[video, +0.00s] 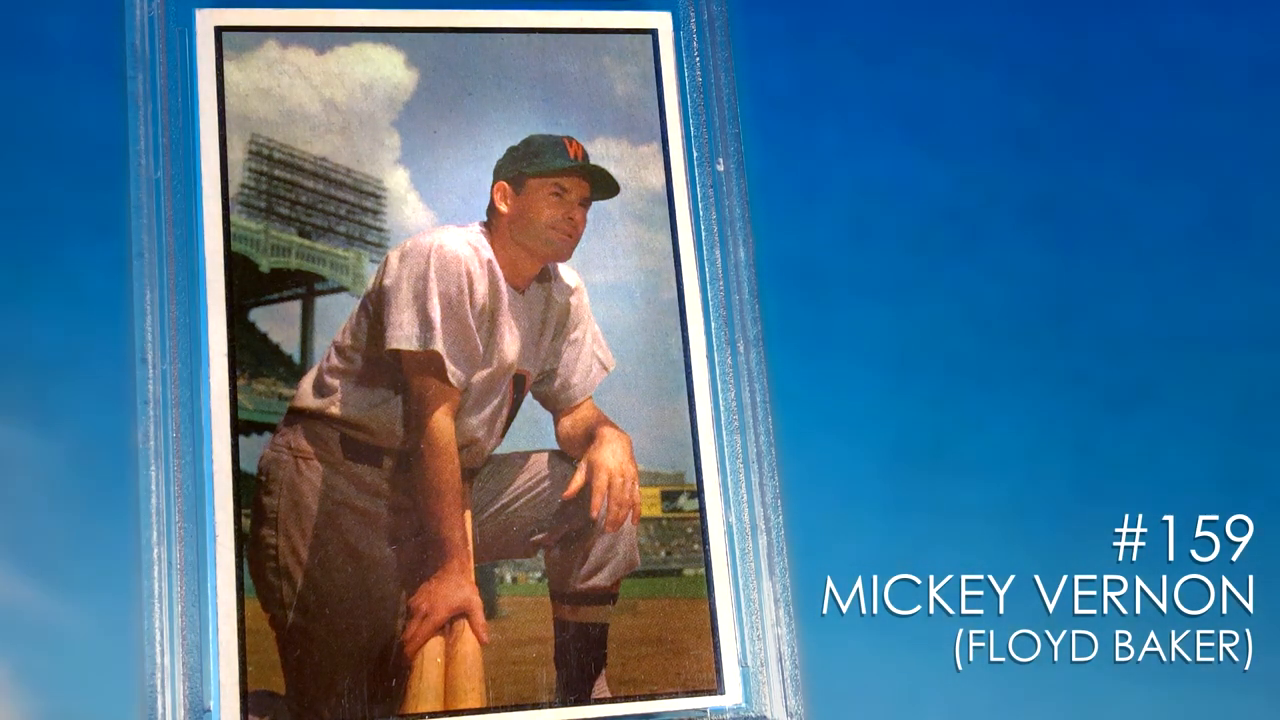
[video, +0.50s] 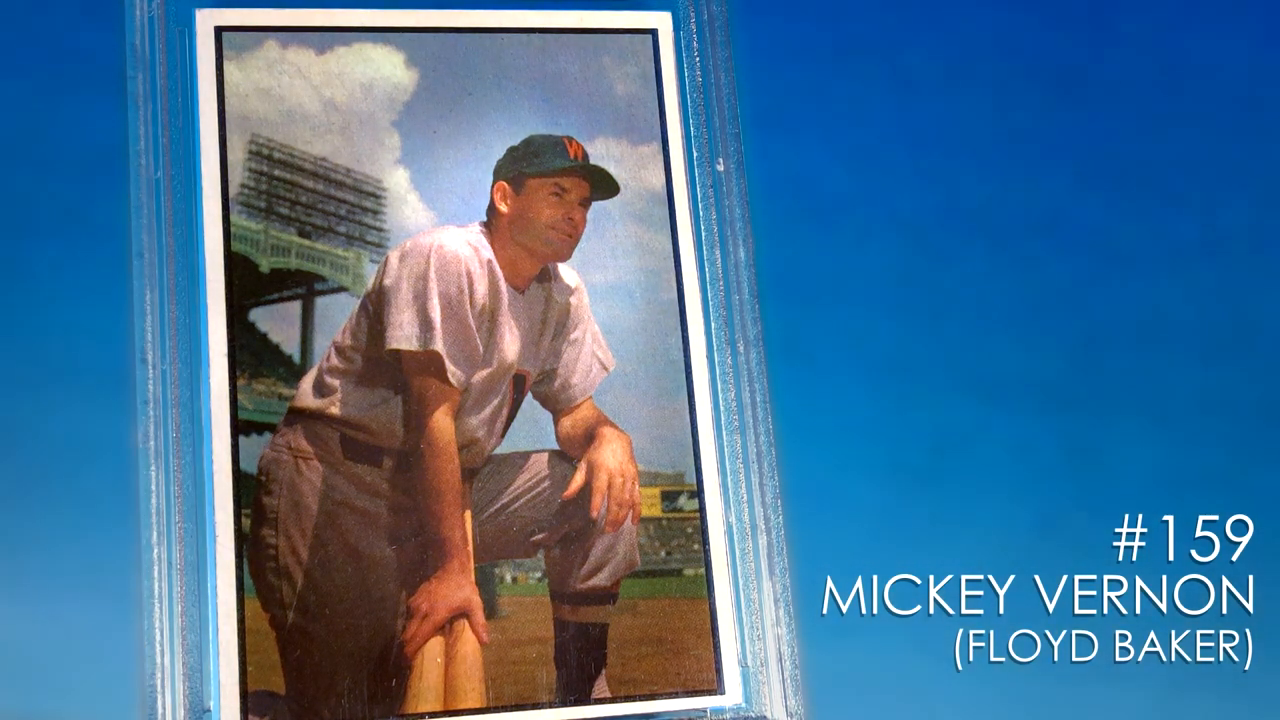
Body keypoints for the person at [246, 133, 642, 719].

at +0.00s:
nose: (576, 215)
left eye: (584, 203)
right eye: (558, 193)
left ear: (587, 217)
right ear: (504, 197)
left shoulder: (560, 296)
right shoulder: (441, 256)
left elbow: (575, 415)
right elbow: (432, 420)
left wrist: (609, 435)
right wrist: (454, 566)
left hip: (439, 486)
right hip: (334, 479)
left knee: (595, 488)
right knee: (348, 702)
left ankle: (581, 694)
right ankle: (237, 706)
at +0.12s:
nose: (576, 215)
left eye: (584, 203)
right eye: (558, 193)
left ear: (586, 217)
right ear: (504, 197)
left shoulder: (560, 295)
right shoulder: (442, 256)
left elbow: (575, 415)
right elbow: (432, 421)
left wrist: (609, 435)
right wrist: (454, 566)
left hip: (439, 486)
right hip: (334, 478)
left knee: (596, 488)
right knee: (348, 704)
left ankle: (580, 696)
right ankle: (240, 706)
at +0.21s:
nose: (576, 215)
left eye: (584, 203)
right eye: (558, 193)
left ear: (586, 218)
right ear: (504, 197)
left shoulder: (560, 297)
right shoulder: (442, 256)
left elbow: (574, 415)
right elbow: (432, 420)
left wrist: (609, 434)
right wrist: (454, 566)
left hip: (438, 486)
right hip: (334, 479)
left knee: (595, 488)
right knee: (346, 704)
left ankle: (580, 696)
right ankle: (238, 706)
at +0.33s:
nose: (577, 215)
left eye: (584, 203)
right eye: (558, 193)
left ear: (586, 218)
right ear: (504, 196)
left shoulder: (560, 297)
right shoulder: (441, 256)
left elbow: (575, 415)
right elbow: (432, 420)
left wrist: (609, 434)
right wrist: (454, 566)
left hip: (439, 487)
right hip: (334, 481)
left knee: (595, 488)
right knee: (346, 704)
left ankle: (580, 697)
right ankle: (238, 706)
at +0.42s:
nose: (576, 215)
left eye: (584, 203)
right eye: (558, 193)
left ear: (586, 218)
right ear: (504, 197)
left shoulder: (560, 296)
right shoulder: (441, 257)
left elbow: (575, 415)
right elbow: (433, 419)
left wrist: (609, 435)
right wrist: (454, 566)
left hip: (438, 487)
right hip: (334, 481)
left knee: (595, 488)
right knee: (347, 702)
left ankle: (581, 695)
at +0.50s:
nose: (576, 215)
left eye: (584, 204)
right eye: (558, 193)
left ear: (586, 218)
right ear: (504, 197)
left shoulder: (560, 296)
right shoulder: (441, 257)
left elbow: (575, 414)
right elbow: (433, 419)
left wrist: (609, 435)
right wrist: (454, 566)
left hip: (438, 487)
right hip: (335, 482)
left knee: (595, 488)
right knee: (346, 703)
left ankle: (581, 695)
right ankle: (235, 706)